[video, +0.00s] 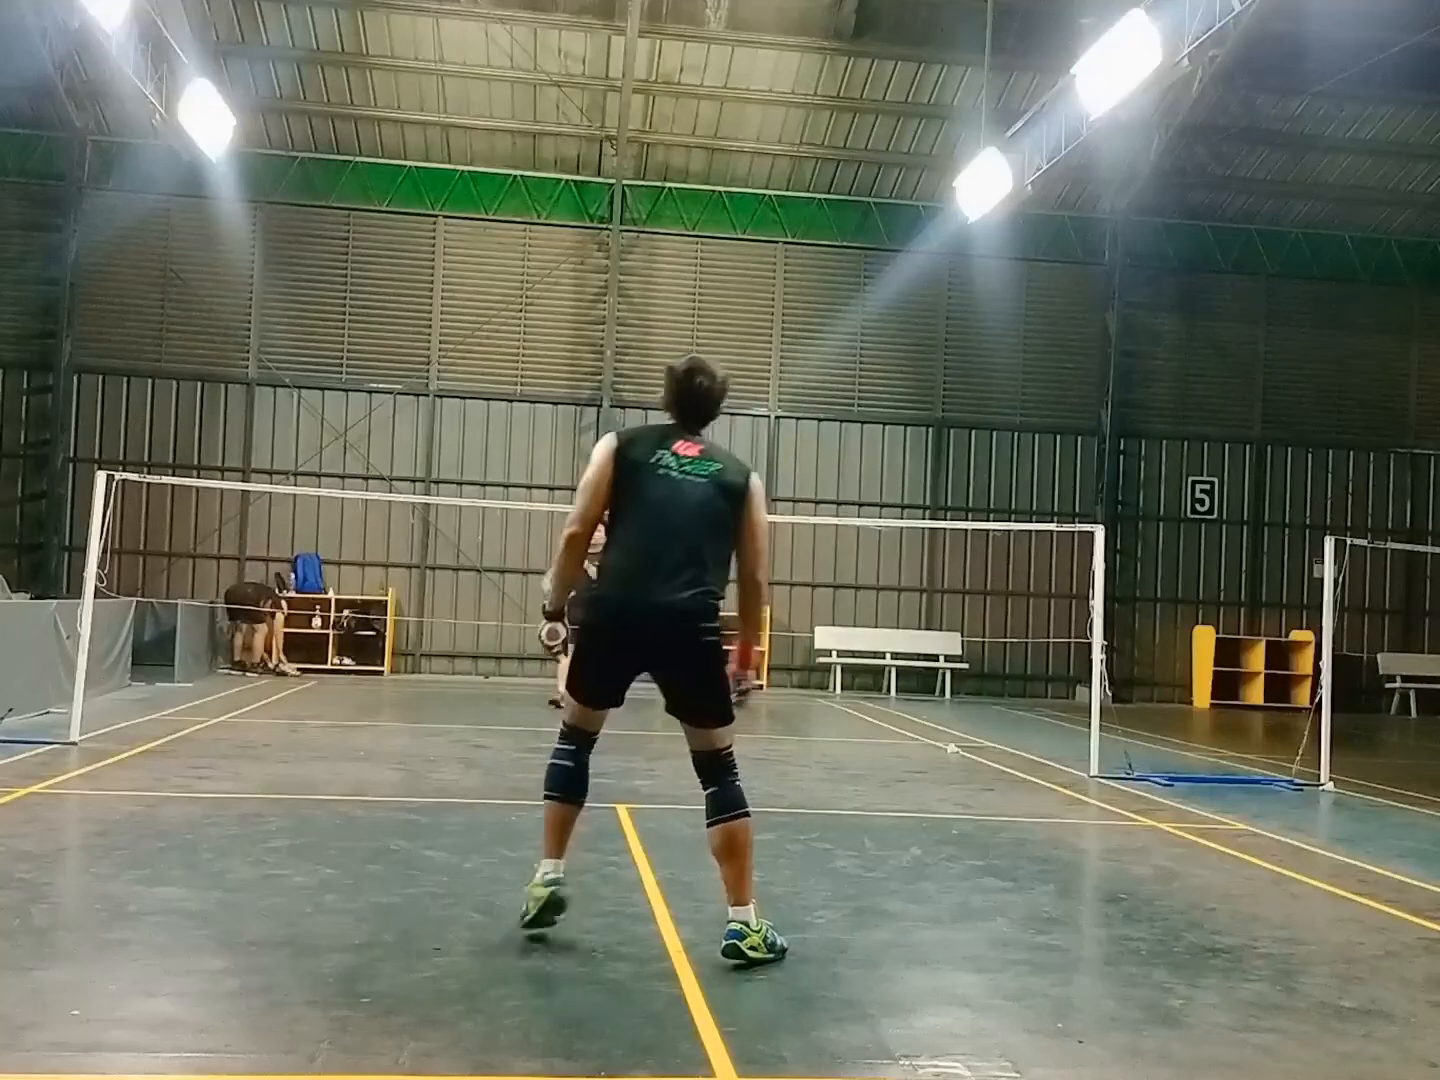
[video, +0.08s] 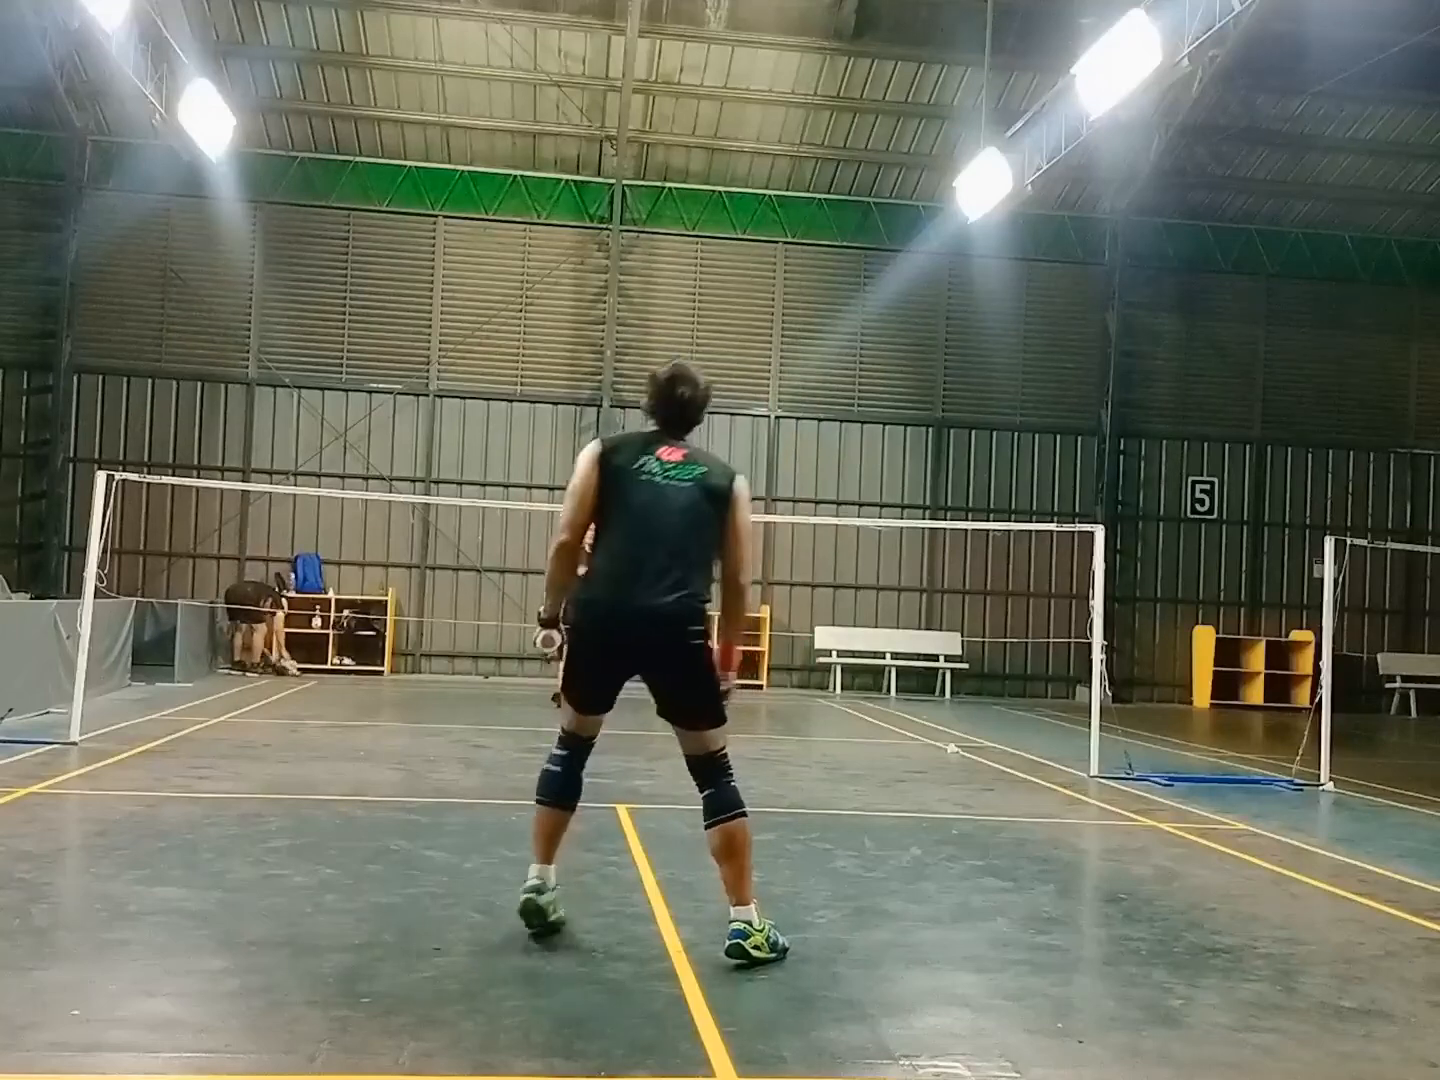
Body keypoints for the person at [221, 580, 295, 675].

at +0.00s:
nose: (285, 615)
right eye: (285, 612)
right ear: (284, 605)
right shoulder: (279, 607)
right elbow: (277, 633)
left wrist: (264, 656)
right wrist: (280, 654)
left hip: (231, 592)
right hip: (248, 596)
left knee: (239, 630)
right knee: (261, 630)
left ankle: (236, 661)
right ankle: (255, 663)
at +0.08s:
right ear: (283, 603)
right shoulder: (279, 604)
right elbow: (278, 630)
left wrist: (268, 655)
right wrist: (283, 651)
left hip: (231, 592)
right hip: (248, 595)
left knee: (239, 629)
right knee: (260, 630)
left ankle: (236, 661)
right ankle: (256, 663)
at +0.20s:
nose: (288, 605)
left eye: (289, 602)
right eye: (289, 601)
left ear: (281, 592)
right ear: (285, 595)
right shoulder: (279, 597)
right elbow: (282, 624)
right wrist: (288, 643)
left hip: (231, 592)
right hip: (248, 596)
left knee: (238, 629)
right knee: (259, 629)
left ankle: (236, 661)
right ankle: (255, 663)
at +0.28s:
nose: (286, 601)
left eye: (288, 599)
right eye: (289, 598)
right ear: (287, 591)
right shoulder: (279, 591)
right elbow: (282, 616)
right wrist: (291, 637)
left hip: (231, 590)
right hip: (246, 593)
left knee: (237, 629)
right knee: (258, 628)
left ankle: (236, 661)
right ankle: (255, 664)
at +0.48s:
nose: (289, 595)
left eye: (291, 592)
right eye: (291, 591)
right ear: (288, 585)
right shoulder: (275, 586)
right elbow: (275, 612)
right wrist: (281, 633)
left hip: (230, 590)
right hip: (245, 593)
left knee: (237, 628)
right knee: (256, 628)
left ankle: (236, 661)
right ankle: (254, 664)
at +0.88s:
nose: (282, 588)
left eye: (285, 586)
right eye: (285, 585)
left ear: (275, 574)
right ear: (281, 578)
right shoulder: (273, 582)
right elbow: (264, 607)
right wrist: (267, 628)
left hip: (228, 588)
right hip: (245, 591)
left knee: (235, 628)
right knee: (253, 628)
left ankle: (236, 661)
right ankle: (254, 663)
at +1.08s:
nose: (280, 582)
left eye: (282, 580)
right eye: (282, 579)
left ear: (271, 568)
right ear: (280, 572)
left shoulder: (258, 572)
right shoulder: (272, 577)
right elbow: (265, 604)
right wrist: (266, 626)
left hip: (229, 587)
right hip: (244, 590)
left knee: (235, 628)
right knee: (249, 628)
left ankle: (236, 661)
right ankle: (253, 663)